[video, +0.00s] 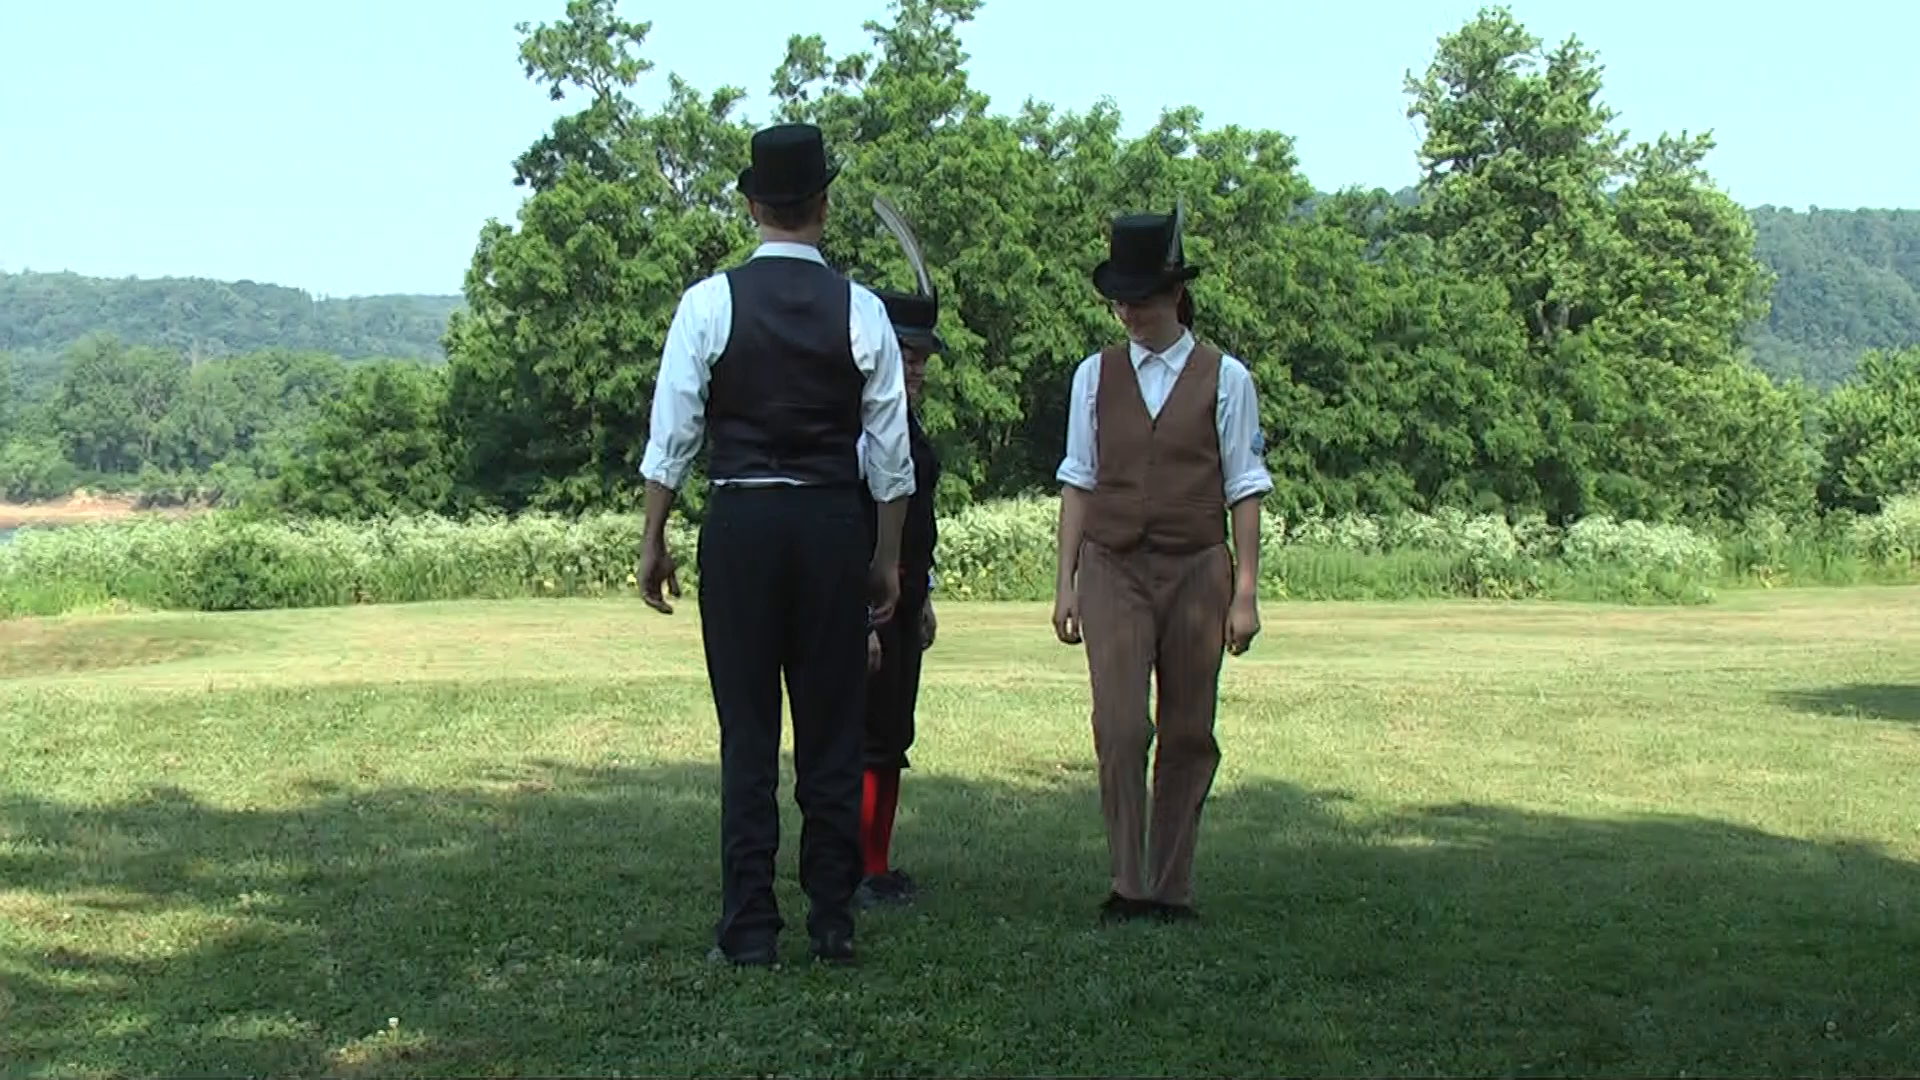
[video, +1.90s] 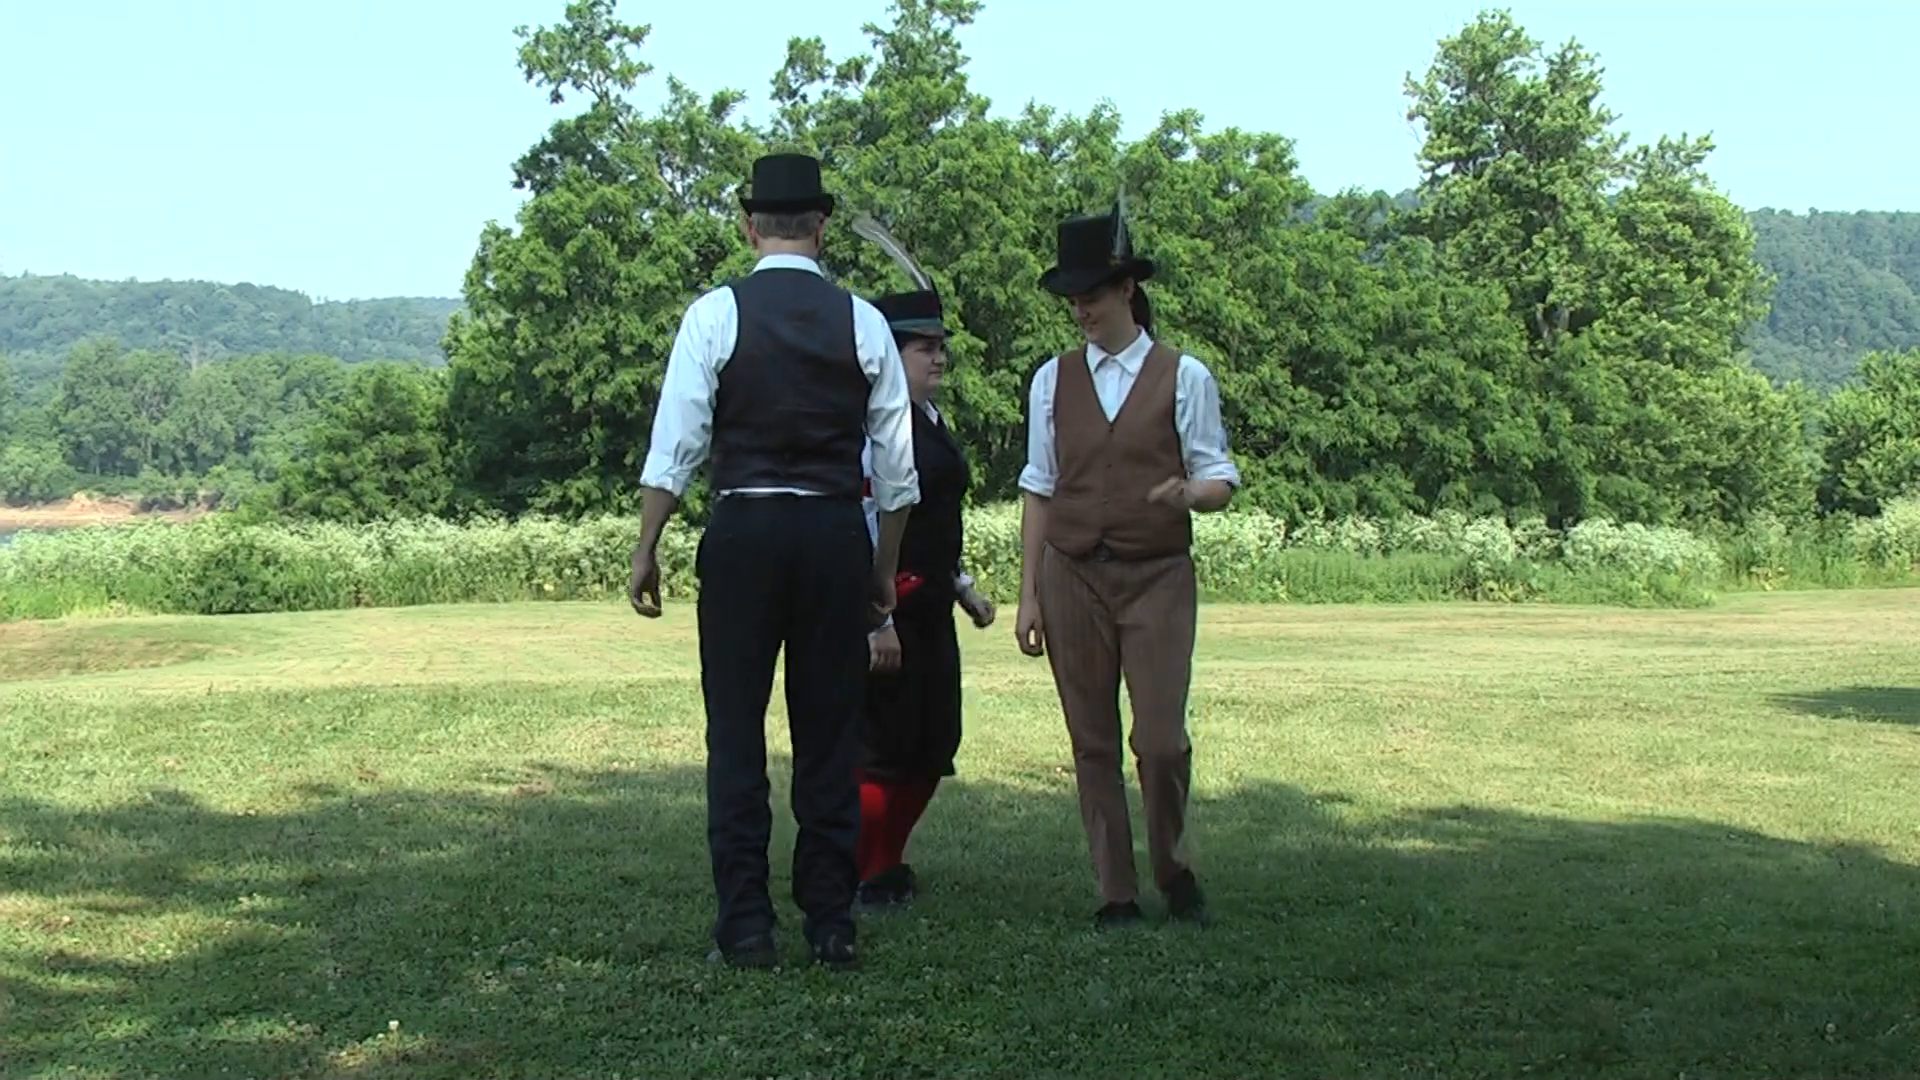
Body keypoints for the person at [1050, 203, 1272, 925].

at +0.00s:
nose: (1129, 314)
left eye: (1142, 301)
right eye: (1121, 302)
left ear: (1177, 294)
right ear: (1112, 302)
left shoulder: (1226, 377)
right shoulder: (1093, 376)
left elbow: (1247, 488)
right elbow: (1076, 484)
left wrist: (1246, 590)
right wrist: (1065, 582)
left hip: (1196, 572)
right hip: (1109, 571)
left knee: (1189, 736)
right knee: (1120, 731)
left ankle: (1172, 889)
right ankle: (1126, 887)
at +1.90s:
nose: (1082, 309)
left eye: (1094, 295)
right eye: (1074, 299)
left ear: (1130, 290)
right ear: (1068, 303)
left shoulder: (1184, 376)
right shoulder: (1051, 380)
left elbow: (1221, 482)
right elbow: (1037, 492)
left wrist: (1186, 491)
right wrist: (1028, 593)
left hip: (1158, 579)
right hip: (1070, 579)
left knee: (1161, 746)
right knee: (1094, 746)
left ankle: (1174, 872)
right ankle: (1116, 896)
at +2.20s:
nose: (1082, 309)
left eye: (1094, 295)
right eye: (1073, 299)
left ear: (1131, 291)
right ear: (1068, 304)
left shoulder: (1173, 367)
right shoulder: (1050, 377)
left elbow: (1232, 355)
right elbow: (1036, 491)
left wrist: (1193, 260)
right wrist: (1029, 589)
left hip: (1155, 570)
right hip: (1069, 572)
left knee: (1117, 716)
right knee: (1089, 739)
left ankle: (1159, 820)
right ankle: (1117, 893)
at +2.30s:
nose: (1081, 308)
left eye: (1094, 293)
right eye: (1074, 295)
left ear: (1134, 291)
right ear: (1067, 297)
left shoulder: (1175, 363)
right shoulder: (1056, 371)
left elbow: (1215, 296)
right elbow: (1037, 485)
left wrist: (1192, 198)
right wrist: (1026, 586)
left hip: (1148, 577)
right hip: (1068, 578)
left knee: (1115, 749)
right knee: (1083, 751)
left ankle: (1142, 908)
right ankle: (1116, 899)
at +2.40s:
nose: (1077, 306)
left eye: (1090, 293)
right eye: (1072, 294)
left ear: (1134, 298)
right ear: (1069, 302)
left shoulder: (1165, 372)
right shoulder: (1061, 383)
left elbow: (1179, 279)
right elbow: (1039, 494)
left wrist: (1184, 171)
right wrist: (1016, 587)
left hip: (1143, 590)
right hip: (1065, 592)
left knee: (1103, 762)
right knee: (1054, 766)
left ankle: (1132, 916)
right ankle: (1128, 864)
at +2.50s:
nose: (1066, 295)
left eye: (1077, 282)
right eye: (1063, 284)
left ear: (1117, 281)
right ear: (1071, 290)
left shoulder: (1147, 351)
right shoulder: (1063, 370)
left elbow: (1150, 263)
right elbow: (1044, 482)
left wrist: (1144, 152)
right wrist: (1018, 567)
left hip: (1136, 577)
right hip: (1061, 580)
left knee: (1119, 756)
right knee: (1019, 716)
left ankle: (1136, 916)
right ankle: (1112, 803)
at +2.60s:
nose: (1058, 262)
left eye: (1066, 250)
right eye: (1053, 252)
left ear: (1102, 244)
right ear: (1061, 256)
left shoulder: (1136, 311)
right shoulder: (1061, 329)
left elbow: (1124, 220)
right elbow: (1057, 437)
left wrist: (1102, 112)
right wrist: (1029, 530)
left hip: (1120, 536)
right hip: (1045, 533)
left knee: (1122, 715)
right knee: (1003, 672)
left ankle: (1147, 891)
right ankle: (1113, 739)